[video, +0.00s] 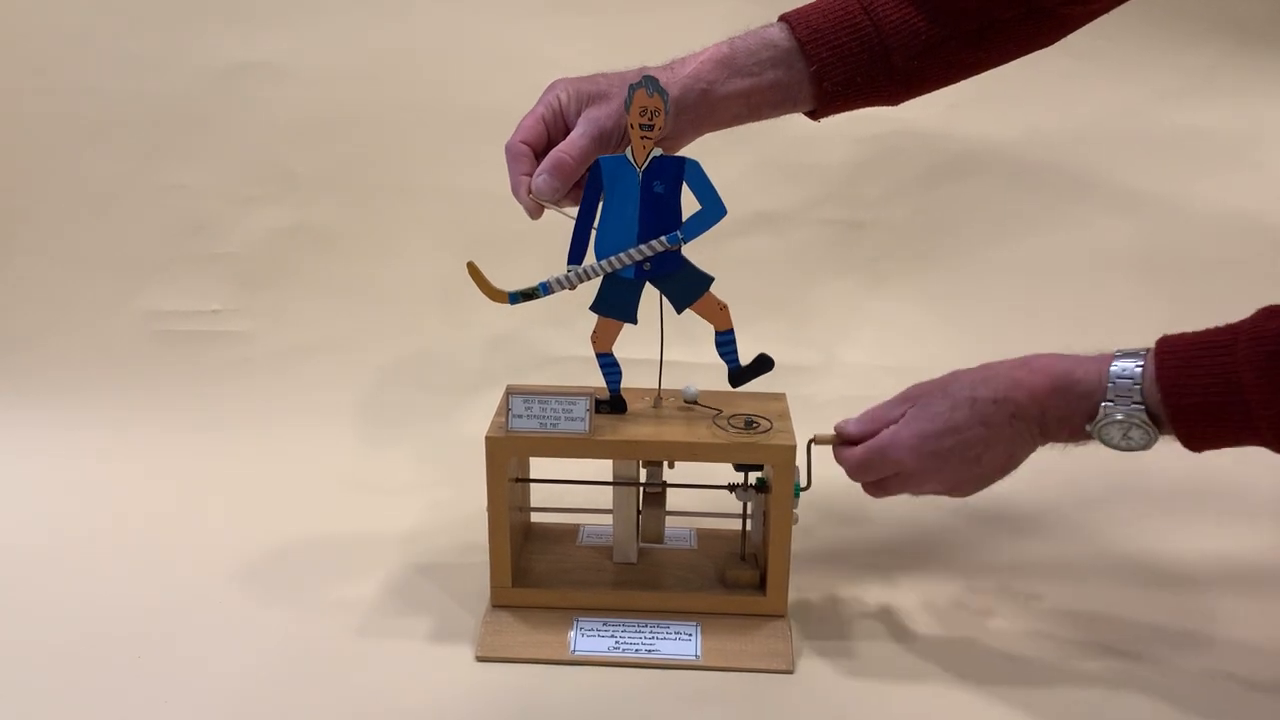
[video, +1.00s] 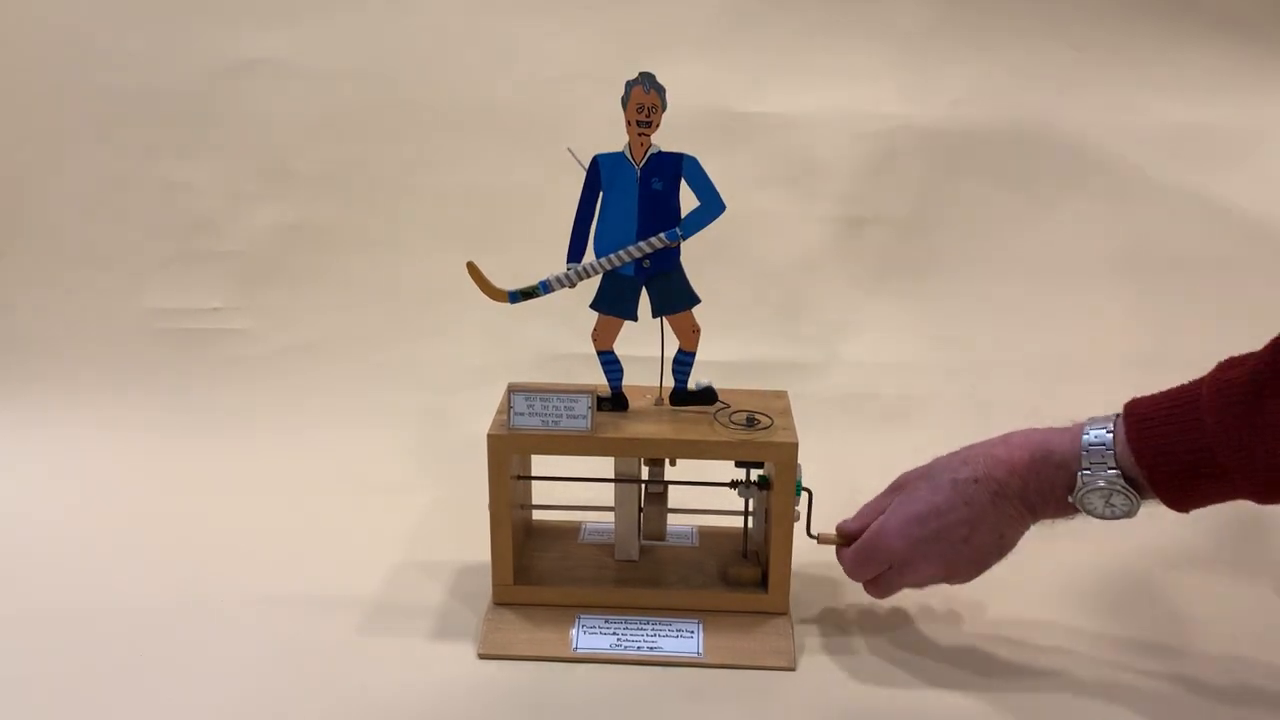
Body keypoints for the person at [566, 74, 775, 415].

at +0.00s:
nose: (649, 122)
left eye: (656, 114)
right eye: (642, 114)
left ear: (665, 119)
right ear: (628, 119)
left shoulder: (681, 167)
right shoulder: (605, 167)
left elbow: (716, 209)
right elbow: (585, 218)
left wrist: (677, 238)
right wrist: (573, 267)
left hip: (667, 264)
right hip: (621, 268)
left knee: (720, 313)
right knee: (601, 340)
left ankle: (736, 371)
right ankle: (615, 398)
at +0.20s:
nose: (649, 118)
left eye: (656, 111)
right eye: (641, 111)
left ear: (665, 118)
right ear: (627, 115)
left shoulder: (681, 165)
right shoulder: (605, 166)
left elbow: (715, 208)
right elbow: (585, 218)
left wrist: (677, 237)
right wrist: (573, 267)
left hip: (668, 263)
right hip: (622, 267)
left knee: (719, 314)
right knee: (601, 340)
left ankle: (734, 373)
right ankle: (616, 397)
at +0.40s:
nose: (646, 118)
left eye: (653, 111)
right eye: (639, 111)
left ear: (662, 118)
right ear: (625, 117)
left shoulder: (681, 164)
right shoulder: (605, 165)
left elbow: (715, 206)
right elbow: (585, 217)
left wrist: (675, 236)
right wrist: (573, 265)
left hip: (667, 264)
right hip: (621, 267)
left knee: (712, 320)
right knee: (602, 338)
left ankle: (720, 379)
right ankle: (616, 396)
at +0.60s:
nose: (645, 117)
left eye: (653, 110)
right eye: (639, 109)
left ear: (662, 118)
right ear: (626, 114)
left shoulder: (680, 163)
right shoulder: (604, 165)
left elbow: (715, 206)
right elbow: (584, 217)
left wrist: (678, 234)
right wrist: (573, 265)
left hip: (664, 267)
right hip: (620, 268)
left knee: (691, 334)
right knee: (602, 338)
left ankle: (682, 391)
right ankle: (617, 396)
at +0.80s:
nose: (646, 114)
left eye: (653, 108)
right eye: (639, 107)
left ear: (662, 116)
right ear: (625, 113)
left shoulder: (679, 164)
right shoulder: (603, 165)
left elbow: (715, 206)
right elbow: (584, 218)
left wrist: (677, 235)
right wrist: (573, 266)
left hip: (664, 268)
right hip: (620, 269)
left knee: (690, 334)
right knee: (602, 338)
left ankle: (680, 391)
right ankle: (617, 395)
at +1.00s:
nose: (646, 114)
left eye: (653, 108)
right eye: (639, 107)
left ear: (662, 115)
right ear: (624, 112)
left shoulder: (678, 164)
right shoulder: (602, 165)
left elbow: (715, 205)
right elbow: (583, 219)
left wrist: (678, 234)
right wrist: (573, 266)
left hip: (663, 267)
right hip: (619, 267)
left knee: (690, 334)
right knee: (602, 338)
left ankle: (680, 392)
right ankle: (617, 396)